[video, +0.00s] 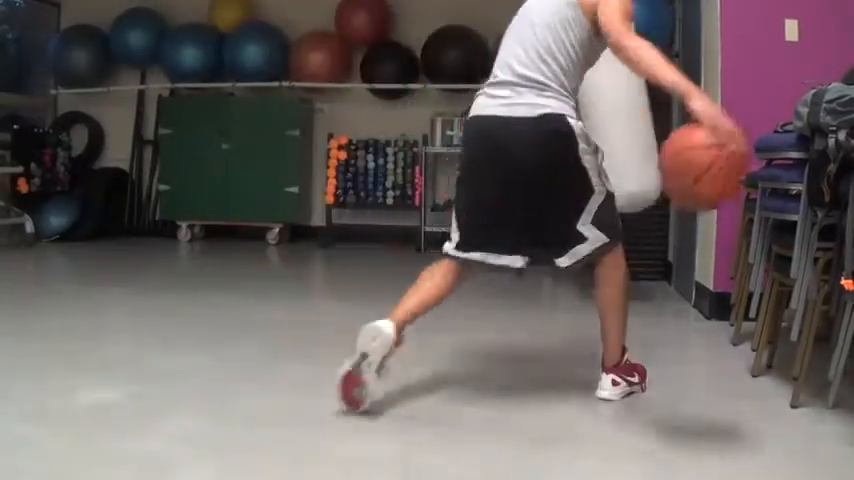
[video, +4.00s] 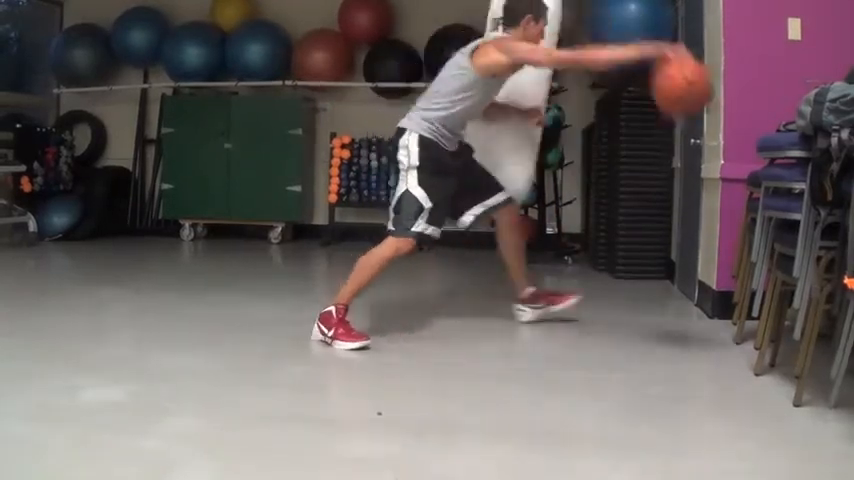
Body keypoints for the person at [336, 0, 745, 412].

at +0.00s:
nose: (626, 19)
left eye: (630, 16)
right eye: (625, 13)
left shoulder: (532, 10)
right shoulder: (600, 3)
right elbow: (624, 41)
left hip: (483, 125)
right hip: (548, 128)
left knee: (458, 256)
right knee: (608, 250)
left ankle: (391, 326)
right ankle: (615, 368)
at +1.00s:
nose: (603, 47)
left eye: (603, 40)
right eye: (602, 39)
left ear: (556, 25)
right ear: (590, 32)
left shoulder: (514, 50)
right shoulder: (588, 53)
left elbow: (479, 112)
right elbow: (570, 107)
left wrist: (463, 176)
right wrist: (564, 180)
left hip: (488, 172)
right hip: (545, 173)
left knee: (456, 248)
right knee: (629, 251)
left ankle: (395, 327)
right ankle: (661, 357)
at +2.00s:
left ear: (451, 18)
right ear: (482, 17)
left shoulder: (436, 49)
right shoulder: (505, 46)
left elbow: (390, 93)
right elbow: (523, 104)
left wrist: (367, 105)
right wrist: (500, 121)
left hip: (453, 150)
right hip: (499, 156)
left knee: (421, 226)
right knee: (478, 256)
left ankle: (392, 310)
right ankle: (421, 313)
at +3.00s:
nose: (523, 64)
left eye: (526, 58)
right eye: (525, 55)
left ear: (507, 43)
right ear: (515, 45)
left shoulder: (470, 58)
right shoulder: (482, 59)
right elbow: (469, 97)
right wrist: (512, 123)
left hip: (421, 144)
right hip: (436, 144)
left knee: (452, 214)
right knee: (511, 199)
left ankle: (433, 288)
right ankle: (510, 291)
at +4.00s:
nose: (542, 41)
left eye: (542, 34)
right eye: (539, 32)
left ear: (521, 25)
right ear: (523, 25)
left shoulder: (493, 53)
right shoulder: (494, 49)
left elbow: (473, 102)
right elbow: (582, 59)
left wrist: (521, 113)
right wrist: (649, 49)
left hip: (452, 150)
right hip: (419, 143)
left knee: (507, 210)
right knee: (405, 237)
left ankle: (525, 297)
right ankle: (334, 314)